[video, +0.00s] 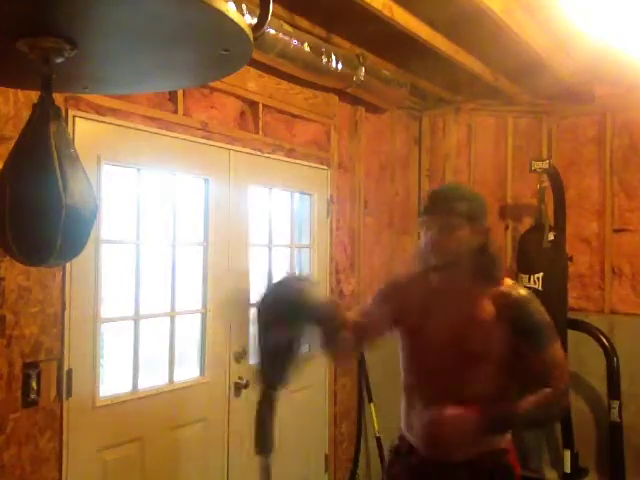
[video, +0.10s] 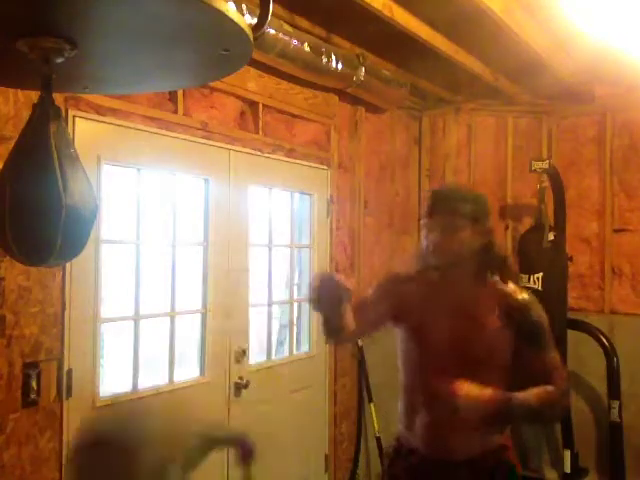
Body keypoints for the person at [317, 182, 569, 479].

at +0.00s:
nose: (432, 240)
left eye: (447, 229)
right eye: (427, 229)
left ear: (480, 233)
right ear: (420, 233)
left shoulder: (514, 305)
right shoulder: (405, 295)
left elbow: (557, 395)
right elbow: (346, 345)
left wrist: (481, 421)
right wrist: (331, 323)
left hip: (487, 461)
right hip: (416, 460)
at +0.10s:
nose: (434, 241)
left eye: (450, 230)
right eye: (429, 229)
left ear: (481, 233)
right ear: (422, 232)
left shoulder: (515, 306)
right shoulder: (403, 292)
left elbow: (556, 395)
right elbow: (343, 332)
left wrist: (491, 402)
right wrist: (334, 305)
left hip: (485, 462)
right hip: (416, 460)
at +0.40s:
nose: (404, 245)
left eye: (418, 233)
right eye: (400, 233)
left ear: (449, 236)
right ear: (395, 238)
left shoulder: (474, 291)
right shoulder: (405, 300)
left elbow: (420, 328)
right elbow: (416, 377)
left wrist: (321, 331)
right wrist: (385, 422)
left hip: (475, 463)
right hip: (416, 460)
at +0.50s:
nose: (394, 252)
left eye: (406, 239)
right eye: (393, 240)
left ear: (442, 241)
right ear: (390, 243)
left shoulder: (463, 290)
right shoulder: (411, 304)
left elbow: (412, 342)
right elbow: (433, 384)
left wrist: (316, 346)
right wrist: (392, 414)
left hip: (474, 462)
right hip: (421, 458)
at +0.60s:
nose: (399, 252)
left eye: (413, 240)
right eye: (397, 240)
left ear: (446, 243)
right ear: (392, 245)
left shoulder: (474, 296)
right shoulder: (406, 309)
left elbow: (492, 379)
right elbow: (415, 380)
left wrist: (402, 391)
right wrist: (380, 394)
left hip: (478, 462)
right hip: (421, 458)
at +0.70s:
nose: (414, 247)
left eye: (428, 234)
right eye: (410, 234)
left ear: (460, 237)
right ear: (404, 239)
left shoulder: (501, 299)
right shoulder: (396, 302)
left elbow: (552, 378)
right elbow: (381, 373)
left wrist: (498, 398)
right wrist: (367, 359)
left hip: (483, 464)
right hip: (414, 462)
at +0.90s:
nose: (428, 243)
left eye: (441, 232)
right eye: (420, 232)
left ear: (470, 239)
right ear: (413, 237)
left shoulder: (505, 304)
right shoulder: (392, 292)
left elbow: (542, 386)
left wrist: (490, 380)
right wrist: (357, 336)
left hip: (478, 464)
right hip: (406, 462)